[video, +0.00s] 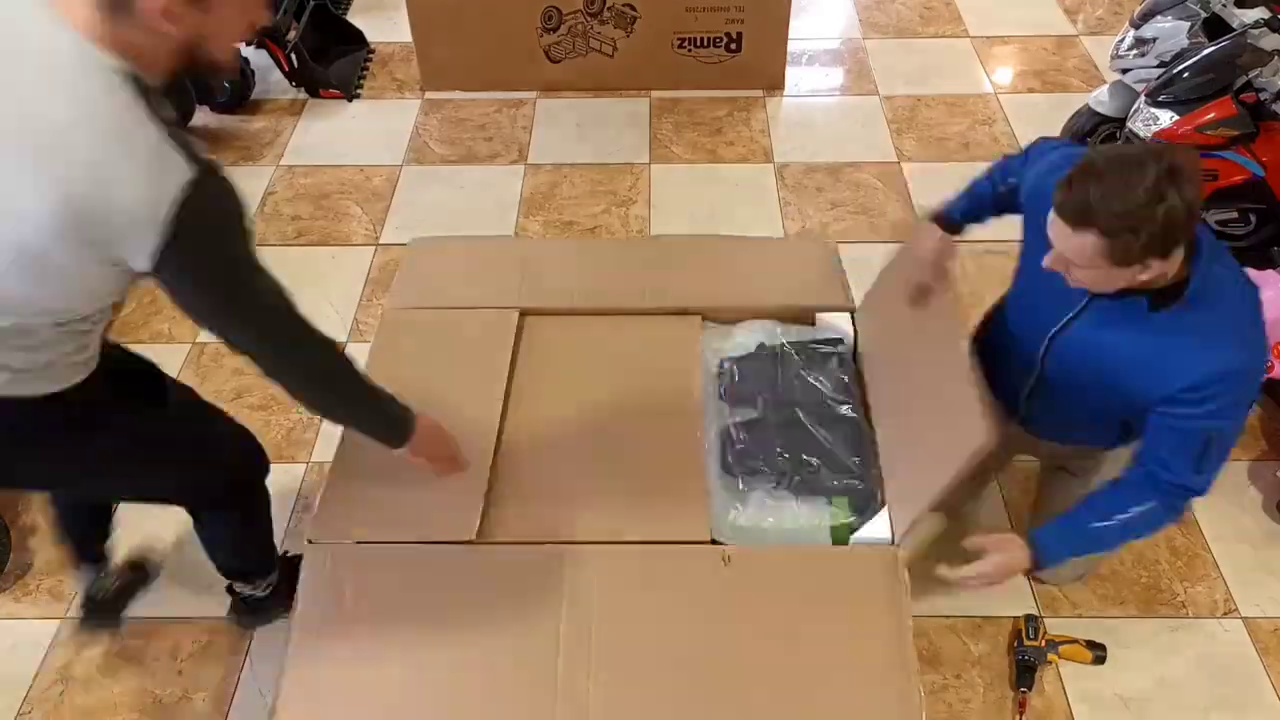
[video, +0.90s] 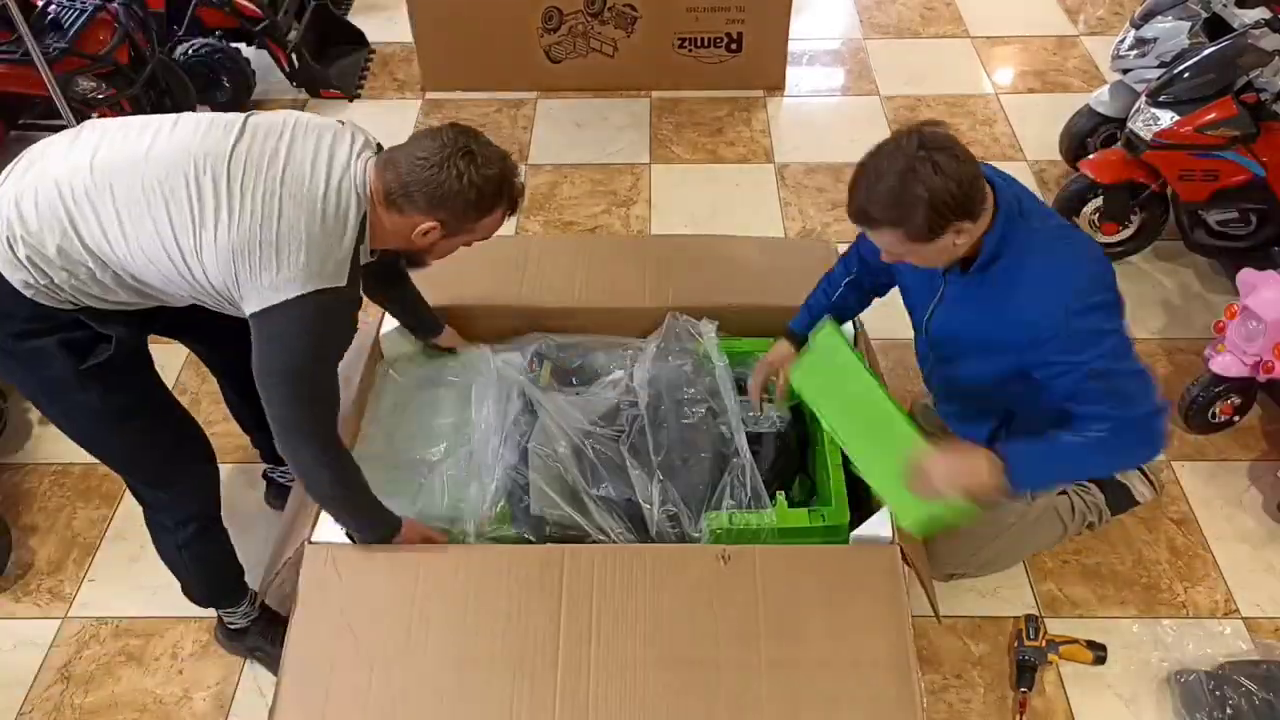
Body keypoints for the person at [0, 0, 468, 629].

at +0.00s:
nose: (262, 17)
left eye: (260, 2)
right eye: (250, 1)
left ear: (164, 10)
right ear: (168, 11)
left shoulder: (26, 18)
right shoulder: (162, 187)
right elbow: (287, 347)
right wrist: (405, 430)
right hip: (26, 396)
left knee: (114, 397)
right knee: (228, 464)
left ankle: (93, 581)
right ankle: (257, 586)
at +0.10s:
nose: (366, 206)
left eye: (371, 192)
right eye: (356, 196)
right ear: (291, 172)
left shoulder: (257, 73)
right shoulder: (162, 223)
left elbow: (266, 214)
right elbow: (209, 377)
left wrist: (330, 316)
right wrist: (297, 471)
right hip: (4, 246)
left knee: (170, 334)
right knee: (129, 415)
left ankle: (235, 447)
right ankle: (230, 543)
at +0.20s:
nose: (413, 137)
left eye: (421, 125)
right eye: (413, 123)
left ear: (357, 98)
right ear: (356, 104)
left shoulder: (301, 67)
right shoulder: (230, 178)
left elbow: (351, 206)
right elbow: (286, 349)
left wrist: (422, 302)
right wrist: (375, 457)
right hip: (23, 228)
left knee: (230, 337)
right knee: (167, 403)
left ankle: (280, 456)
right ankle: (229, 534)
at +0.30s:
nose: (421, 120)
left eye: (426, 105)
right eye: (414, 105)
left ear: (343, 72)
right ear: (343, 77)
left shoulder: (312, 66)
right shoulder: (174, 142)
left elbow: (352, 199)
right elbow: (90, 302)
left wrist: (417, 308)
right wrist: (223, 428)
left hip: (143, 192)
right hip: (31, 229)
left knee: (254, 340)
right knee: (169, 429)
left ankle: (288, 492)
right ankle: (215, 575)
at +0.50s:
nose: (363, 108)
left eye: (372, 94)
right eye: (362, 94)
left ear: (294, 73)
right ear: (294, 80)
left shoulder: (229, 48)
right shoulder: (81, 173)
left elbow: (223, 168)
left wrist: (247, 287)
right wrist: (10, 556)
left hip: (145, 253)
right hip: (41, 317)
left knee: (247, 392)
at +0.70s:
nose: (476, 220)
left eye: (482, 209)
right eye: (475, 210)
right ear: (424, 199)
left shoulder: (366, 120)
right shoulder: (302, 234)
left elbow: (406, 241)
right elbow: (349, 391)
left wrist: (499, 313)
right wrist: (474, 394)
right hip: (33, 262)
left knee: (246, 331)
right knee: (181, 458)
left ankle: (284, 469)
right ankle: (233, 611)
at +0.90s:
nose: (462, 252)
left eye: (472, 241)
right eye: (467, 241)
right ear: (426, 231)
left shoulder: (353, 146)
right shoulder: (303, 276)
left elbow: (371, 260)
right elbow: (308, 441)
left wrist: (434, 330)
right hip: (27, 274)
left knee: (240, 342)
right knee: (176, 465)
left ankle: (283, 467)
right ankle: (236, 615)